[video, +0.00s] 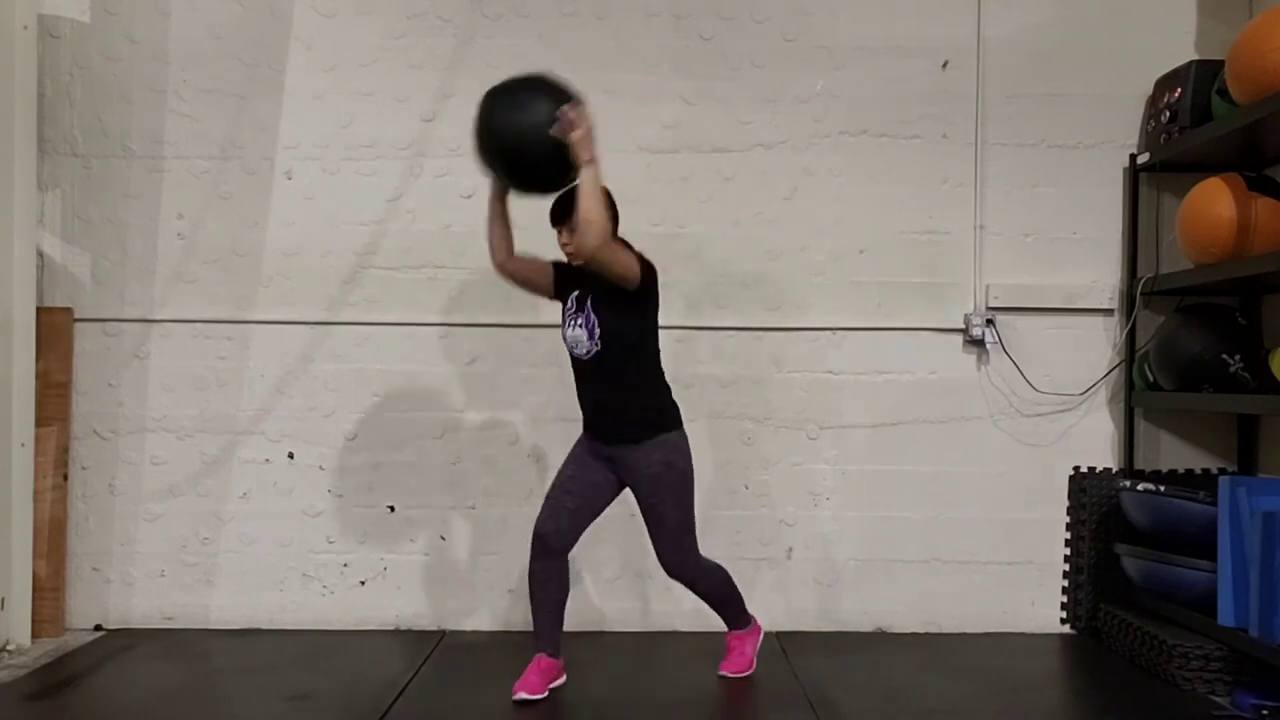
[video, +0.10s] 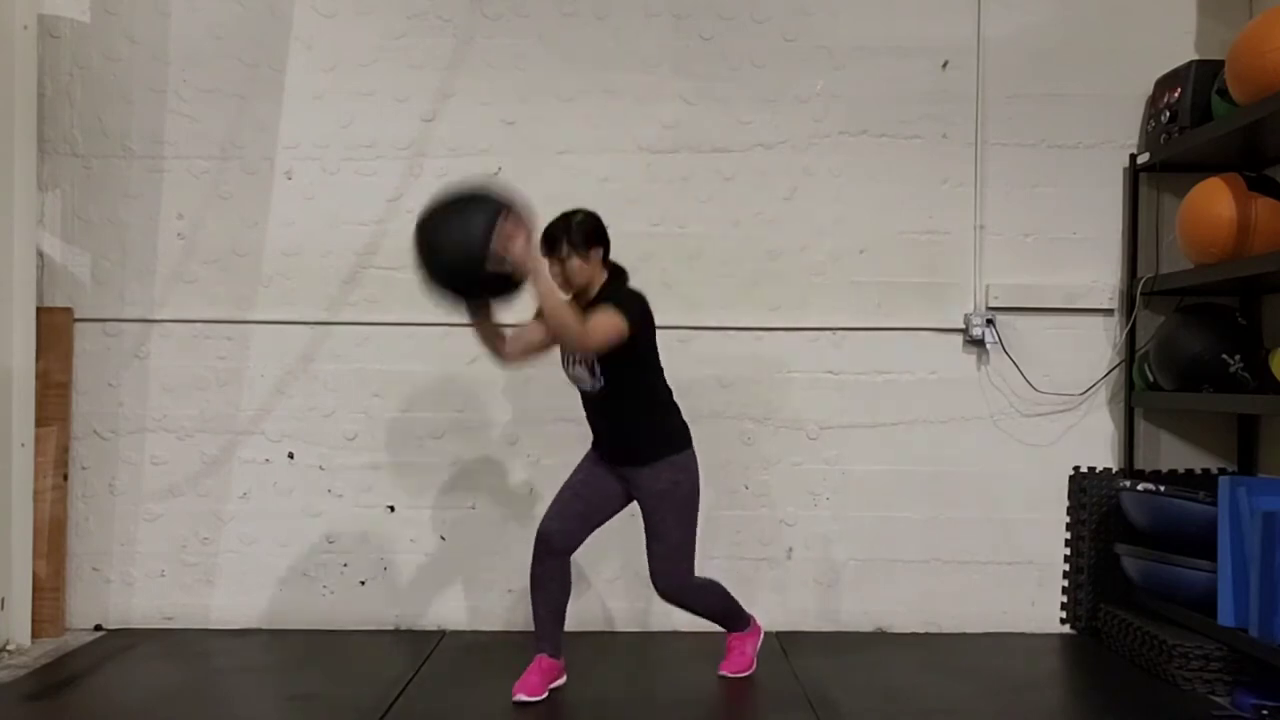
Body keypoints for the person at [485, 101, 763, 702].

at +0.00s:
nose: (562, 237)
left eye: (570, 227)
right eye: (557, 229)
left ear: (599, 226)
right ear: (558, 235)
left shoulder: (634, 276)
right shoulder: (568, 281)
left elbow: (594, 242)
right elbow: (506, 260)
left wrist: (585, 157)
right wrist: (499, 188)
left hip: (655, 446)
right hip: (599, 446)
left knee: (680, 560)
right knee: (548, 540)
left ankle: (743, 627)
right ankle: (548, 657)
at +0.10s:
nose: (559, 274)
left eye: (567, 263)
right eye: (555, 266)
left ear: (597, 256)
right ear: (557, 267)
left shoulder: (628, 305)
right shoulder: (572, 309)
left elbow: (576, 335)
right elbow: (509, 348)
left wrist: (532, 266)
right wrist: (474, 293)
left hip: (663, 461)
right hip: (610, 460)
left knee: (673, 581)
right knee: (551, 541)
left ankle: (745, 628)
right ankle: (549, 658)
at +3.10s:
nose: (761, 318)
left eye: (761, 308)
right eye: (758, 308)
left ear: (719, 305)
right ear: (738, 307)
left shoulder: (694, 351)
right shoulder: (732, 364)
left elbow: (692, 456)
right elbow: (735, 459)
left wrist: (734, 500)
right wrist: (771, 520)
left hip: (624, 468)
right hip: (612, 468)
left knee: (694, 535)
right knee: (608, 599)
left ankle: (675, 650)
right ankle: (487, 657)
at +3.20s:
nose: (766, 317)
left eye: (767, 308)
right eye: (764, 307)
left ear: (722, 303)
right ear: (744, 304)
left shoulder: (696, 346)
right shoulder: (734, 362)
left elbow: (683, 440)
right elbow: (721, 453)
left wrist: (728, 485)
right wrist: (756, 517)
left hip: (630, 465)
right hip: (614, 463)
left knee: (696, 534)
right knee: (604, 594)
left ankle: (674, 650)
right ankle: (486, 658)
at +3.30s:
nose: (763, 300)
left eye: (764, 290)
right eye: (761, 290)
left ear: (721, 289)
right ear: (739, 289)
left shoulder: (694, 333)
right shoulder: (730, 348)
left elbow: (680, 427)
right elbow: (717, 438)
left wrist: (733, 468)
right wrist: (763, 492)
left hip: (630, 460)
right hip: (615, 459)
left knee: (695, 533)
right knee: (597, 584)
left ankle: (674, 649)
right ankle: (484, 659)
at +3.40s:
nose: (753, 278)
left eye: (754, 268)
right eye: (750, 267)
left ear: (715, 270)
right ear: (725, 268)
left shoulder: (691, 320)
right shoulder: (718, 324)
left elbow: (687, 415)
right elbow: (722, 413)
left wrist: (748, 437)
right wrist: (784, 446)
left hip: (635, 454)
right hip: (614, 449)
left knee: (694, 531)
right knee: (588, 570)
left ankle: (674, 650)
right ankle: (482, 659)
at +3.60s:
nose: (708, 234)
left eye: (712, 225)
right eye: (699, 223)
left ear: (705, 230)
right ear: (670, 224)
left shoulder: (680, 289)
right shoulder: (662, 272)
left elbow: (723, 367)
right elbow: (717, 331)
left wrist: (773, 326)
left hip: (651, 438)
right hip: (610, 430)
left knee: (694, 533)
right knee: (591, 543)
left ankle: (673, 650)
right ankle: (516, 651)